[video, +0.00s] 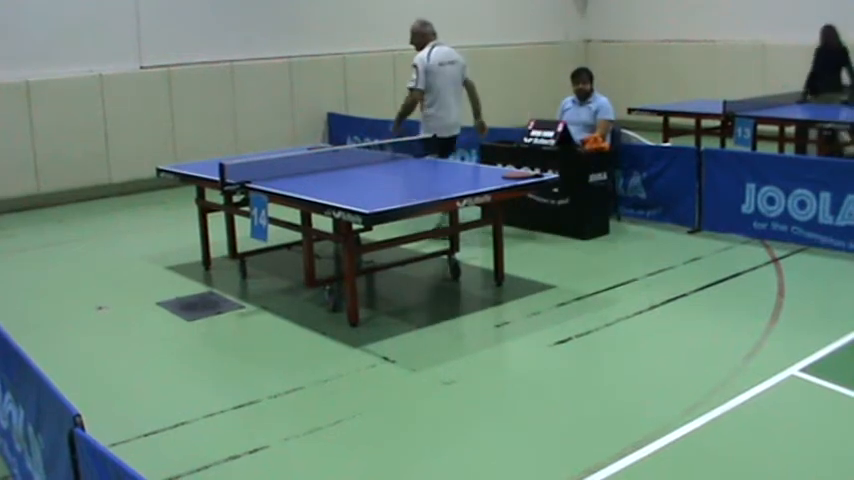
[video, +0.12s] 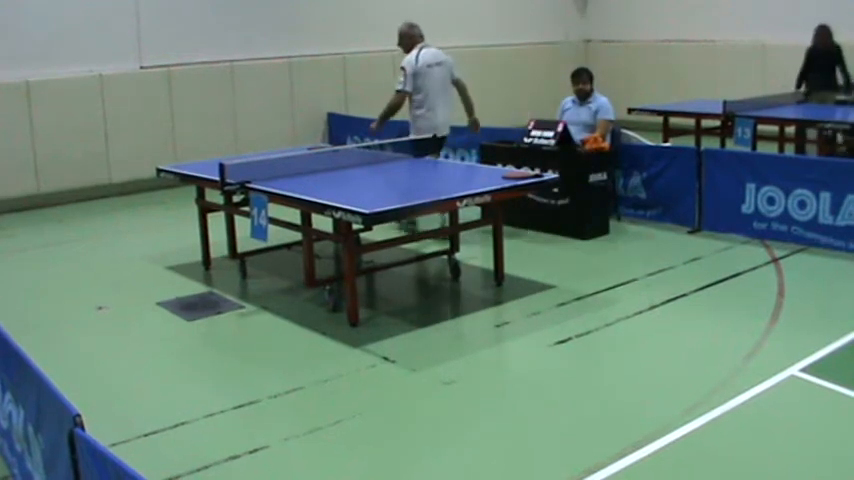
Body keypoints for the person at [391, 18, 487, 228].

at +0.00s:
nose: (411, 42)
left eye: (413, 37)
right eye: (411, 37)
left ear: (423, 36)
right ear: (432, 35)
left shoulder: (422, 59)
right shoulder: (455, 55)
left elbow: (415, 96)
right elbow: (469, 86)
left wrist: (398, 121)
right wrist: (478, 118)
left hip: (432, 129)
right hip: (453, 128)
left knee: (427, 174)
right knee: (443, 173)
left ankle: (444, 218)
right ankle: (448, 216)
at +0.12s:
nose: (400, 46)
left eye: (401, 42)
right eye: (399, 42)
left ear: (410, 39)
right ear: (420, 38)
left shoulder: (410, 62)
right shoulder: (442, 56)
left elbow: (399, 98)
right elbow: (460, 85)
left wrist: (380, 121)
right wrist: (471, 116)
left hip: (422, 131)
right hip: (443, 129)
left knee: (416, 175)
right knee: (430, 174)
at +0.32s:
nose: (379, 51)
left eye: (380, 47)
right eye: (379, 47)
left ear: (387, 44)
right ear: (400, 41)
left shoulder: (390, 64)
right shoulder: (421, 59)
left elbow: (379, 101)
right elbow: (438, 87)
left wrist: (357, 126)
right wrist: (439, 117)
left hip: (403, 134)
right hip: (426, 131)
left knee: (399, 176)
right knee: (431, 174)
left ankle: (394, 218)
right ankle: (439, 215)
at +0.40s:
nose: (372, 50)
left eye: (373, 46)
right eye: (371, 46)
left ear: (381, 43)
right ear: (392, 40)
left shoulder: (383, 64)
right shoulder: (413, 58)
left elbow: (372, 101)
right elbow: (427, 86)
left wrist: (351, 127)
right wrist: (422, 115)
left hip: (395, 134)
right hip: (419, 131)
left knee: (391, 175)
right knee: (423, 177)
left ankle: (392, 218)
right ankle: (430, 224)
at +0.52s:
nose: (360, 49)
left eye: (362, 44)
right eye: (360, 44)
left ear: (372, 42)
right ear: (381, 40)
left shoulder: (374, 64)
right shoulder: (400, 56)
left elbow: (366, 99)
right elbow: (412, 84)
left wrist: (346, 128)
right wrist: (400, 107)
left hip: (383, 129)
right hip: (406, 126)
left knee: (376, 170)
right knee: (402, 170)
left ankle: (385, 215)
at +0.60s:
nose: (354, 48)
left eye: (355, 44)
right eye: (354, 44)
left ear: (365, 42)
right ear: (375, 39)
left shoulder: (369, 64)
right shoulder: (392, 55)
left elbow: (362, 99)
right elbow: (402, 83)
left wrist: (344, 129)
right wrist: (380, 100)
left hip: (376, 127)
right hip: (398, 125)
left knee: (368, 169)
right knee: (394, 169)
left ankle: (373, 215)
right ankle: (394, 216)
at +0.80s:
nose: (334, 52)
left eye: (336, 47)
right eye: (333, 47)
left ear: (345, 45)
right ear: (354, 43)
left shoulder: (351, 66)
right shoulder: (371, 58)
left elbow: (352, 101)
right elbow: (374, 92)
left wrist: (341, 131)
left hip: (361, 129)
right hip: (382, 126)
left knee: (353, 171)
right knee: (381, 170)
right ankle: (389, 214)